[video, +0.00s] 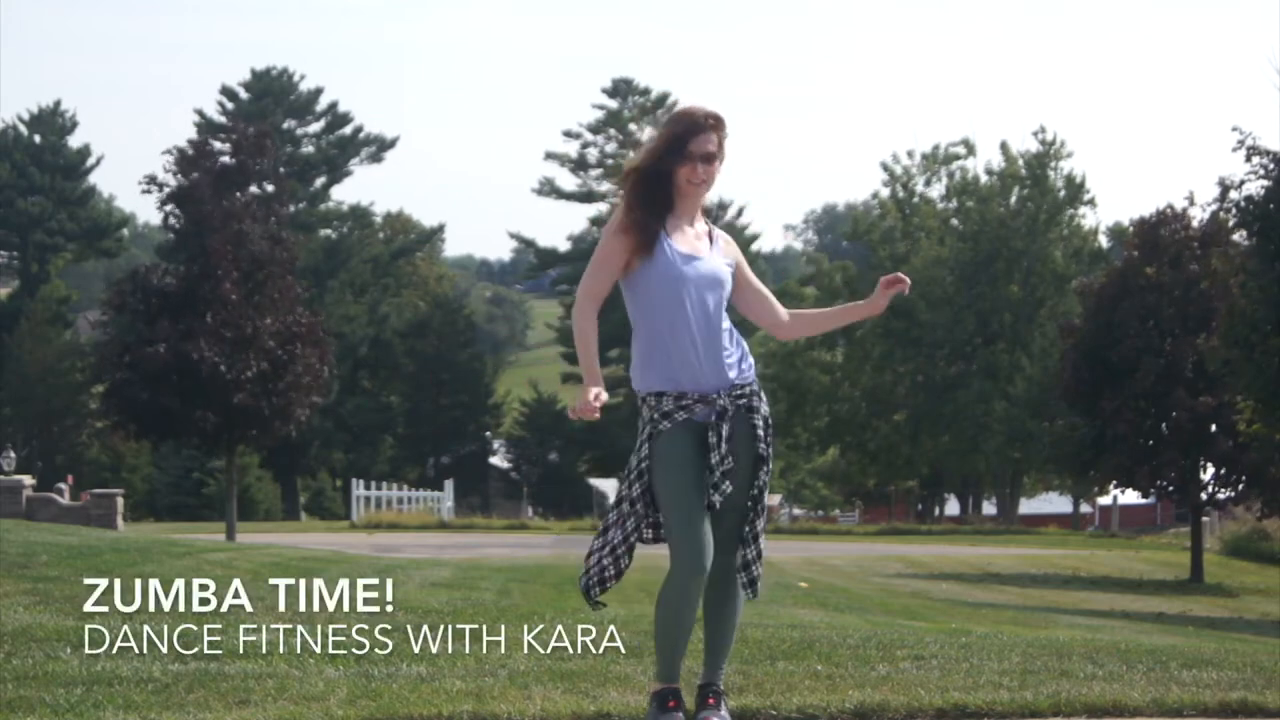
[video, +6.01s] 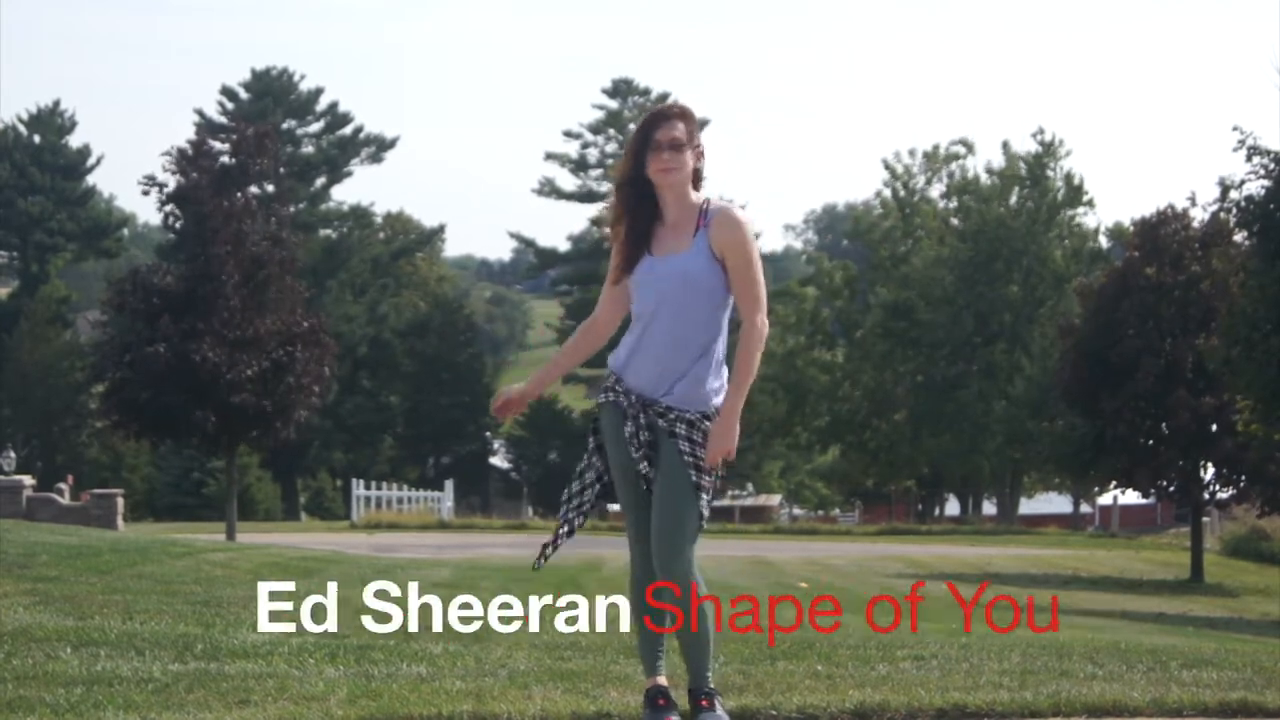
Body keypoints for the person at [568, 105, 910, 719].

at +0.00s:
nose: (704, 169)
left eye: (713, 159)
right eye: (694, 157)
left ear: (721, 166)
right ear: (669, 160)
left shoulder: (722, 243)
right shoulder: (633, 226)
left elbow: (784, 322)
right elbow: (586, 302)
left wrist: (868, 307)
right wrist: (592, 381)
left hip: (739, 408)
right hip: (671, 410)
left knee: (728, 559)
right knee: (693, 557)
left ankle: (712, 691)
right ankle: (667, 691)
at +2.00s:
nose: (694, 151)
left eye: (703, 143)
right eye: (683, 141)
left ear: (713, 153)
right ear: (658, 149)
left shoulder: (726, 218)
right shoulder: (622, 230)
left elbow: (816, 261)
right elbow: (611, 327)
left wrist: (903, 290)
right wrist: (630, 403)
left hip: (737, 400)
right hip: (663, 405)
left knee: (729, 552)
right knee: (677, 548)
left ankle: (714, 689)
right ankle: (664, 686)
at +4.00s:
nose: (697, 162)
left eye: (704, 151)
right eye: (685, 151)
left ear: (712, 153)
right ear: (656, 155)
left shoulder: (724, 215)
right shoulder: (635, 235)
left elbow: (813, 237)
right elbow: (571, 311)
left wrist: (897, 249)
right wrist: (487, 334)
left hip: (721, 407)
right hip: (658, 409)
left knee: (702, 556)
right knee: (649, 555)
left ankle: (707, 694)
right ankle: (660, 687)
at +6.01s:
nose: (669, 155)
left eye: (679, 145)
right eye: (658, 147)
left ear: (698, 155)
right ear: (641, 159)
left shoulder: (725, 225)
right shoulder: (633, 233)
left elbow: (756, 321)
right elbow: (604, 319)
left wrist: (732, 411)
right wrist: (536, 385)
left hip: (691, 411)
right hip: (625, 403)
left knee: (674, 557)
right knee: (643, 550)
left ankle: (702, 690)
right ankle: (655, 681)